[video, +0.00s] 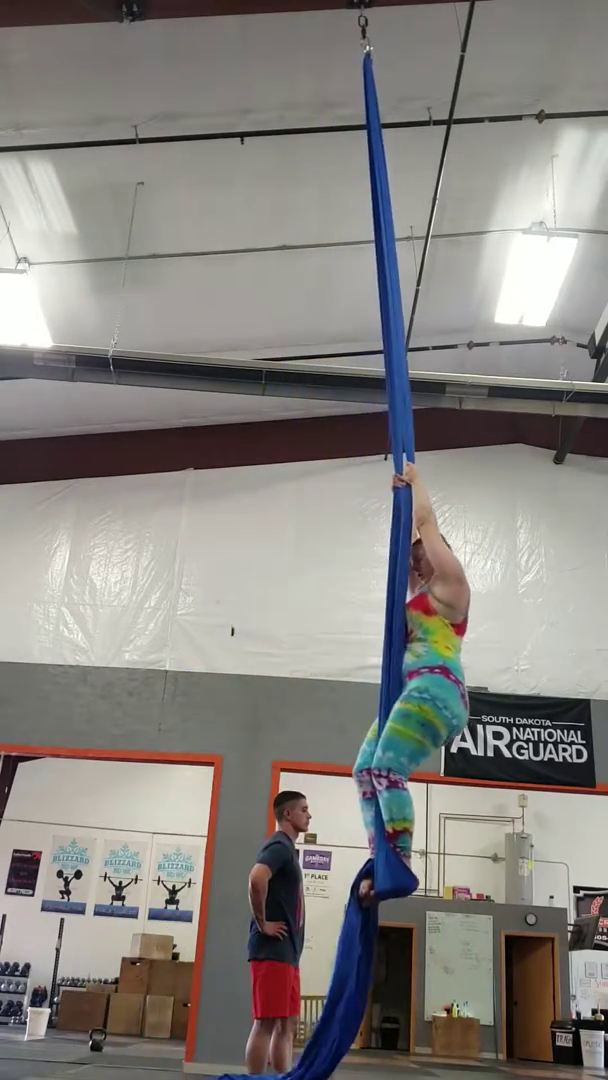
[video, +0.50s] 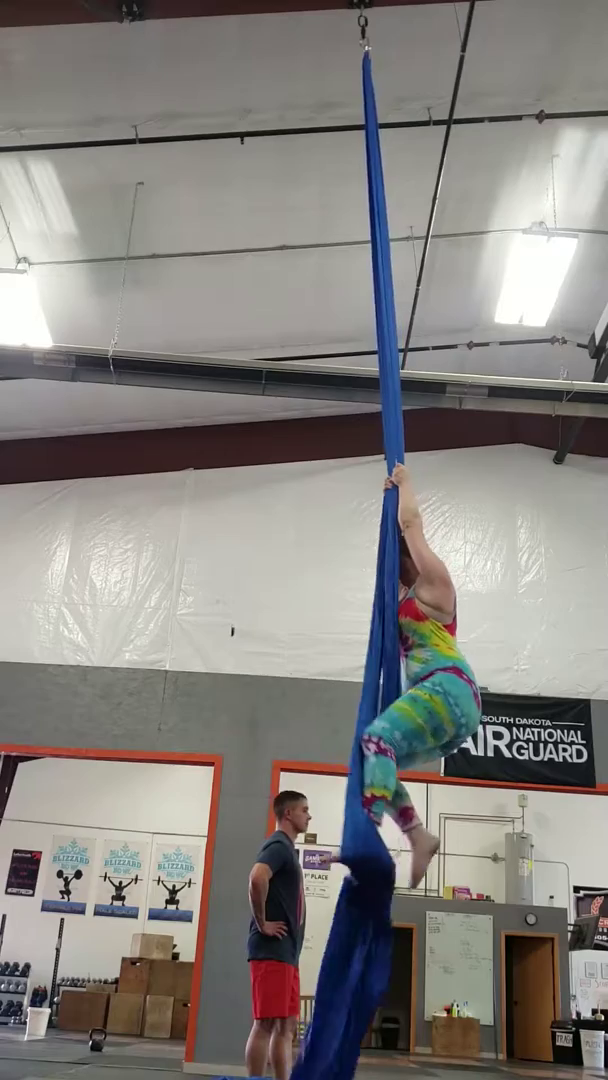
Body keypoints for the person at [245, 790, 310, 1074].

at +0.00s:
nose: (309, 815)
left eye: (308, 810)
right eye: (304, 810)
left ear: (289, 815)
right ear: (287, 814)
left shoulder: (288, 848)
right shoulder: (280, 846)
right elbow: (257, 877)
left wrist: (289, 925)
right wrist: (262, 922)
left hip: (286, 951)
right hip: (271, 949)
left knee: (287, 1025)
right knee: (266, 1024)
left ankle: (284, 1078)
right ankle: (255, 1079)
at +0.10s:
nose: (309, 815)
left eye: (308, 810)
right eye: (304, 810)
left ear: (289, 815)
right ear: (287, 814)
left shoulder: (288, 848)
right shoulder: (280, 846)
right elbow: (257, 877)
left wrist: (289, 926)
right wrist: (262, 923)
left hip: (286, 951)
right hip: (271, 949)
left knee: (288, 1025)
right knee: (266, 1024)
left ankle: (283, 1078)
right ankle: (255, 1079)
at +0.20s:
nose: (308, 812)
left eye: (306, 807)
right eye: (303, 807)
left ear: (289, 814)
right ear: (287, 813)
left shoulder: (288, 848)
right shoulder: (280, 846)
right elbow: (257, 877)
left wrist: (290, 926)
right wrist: (262, 922)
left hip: (286, 951)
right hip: (271, 949)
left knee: (288, 1024)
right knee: (266, 1024)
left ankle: (280, 1078)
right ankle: (255, 1079)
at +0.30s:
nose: (307, 811)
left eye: (305, 806)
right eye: (301, 807)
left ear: (288, 814)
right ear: (286, 813)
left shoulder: (289, 848)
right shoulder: (280, 846)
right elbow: (257, 877)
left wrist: (292, 927)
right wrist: (262, 923)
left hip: (286, 950)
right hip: (271, 949)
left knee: (287, 1023)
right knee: (266, 1023)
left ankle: (279, 1078)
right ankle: (255, 1079)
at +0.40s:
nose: (307, 812)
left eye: (305, 807)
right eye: (302, 808)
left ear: (288, 814)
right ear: (286, 813)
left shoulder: (289, 848)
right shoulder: (280, 846)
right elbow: (258, 877)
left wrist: (290, 925)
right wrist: (262, 923)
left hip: (286, 950)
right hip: (271, 949)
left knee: (288, 1025)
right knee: (265, 1025)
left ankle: (281, 1077)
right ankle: (256, 1078)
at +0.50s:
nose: (309, 816)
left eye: (308, 811)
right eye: (305, 811)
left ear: (289, 814)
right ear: (288, 813)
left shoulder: (288, 848)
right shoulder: (279, 845)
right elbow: (258, 877)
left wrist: (291, 925)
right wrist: (263, 923)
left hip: (286, 950)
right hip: (271, 948)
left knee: (287, 1025)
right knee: (265, 1024)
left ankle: (283, 1077)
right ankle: (256, 1077)